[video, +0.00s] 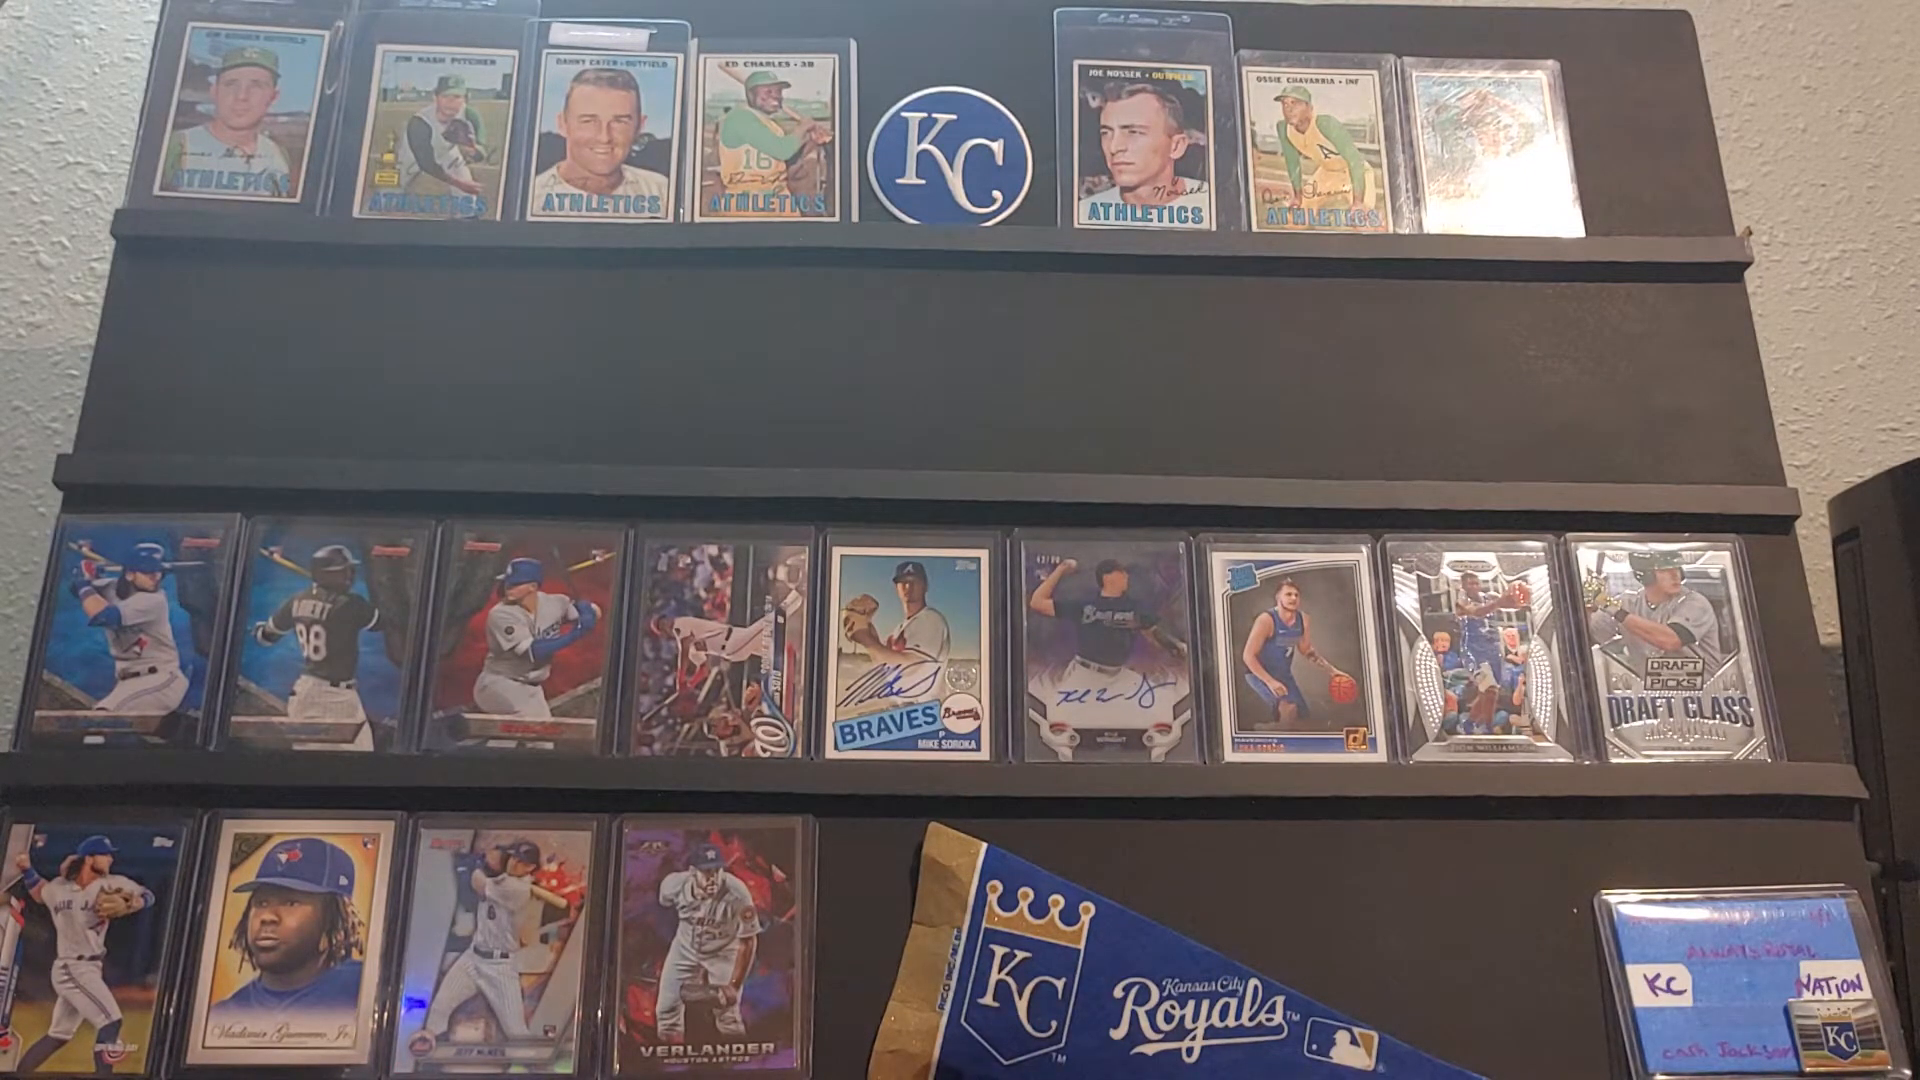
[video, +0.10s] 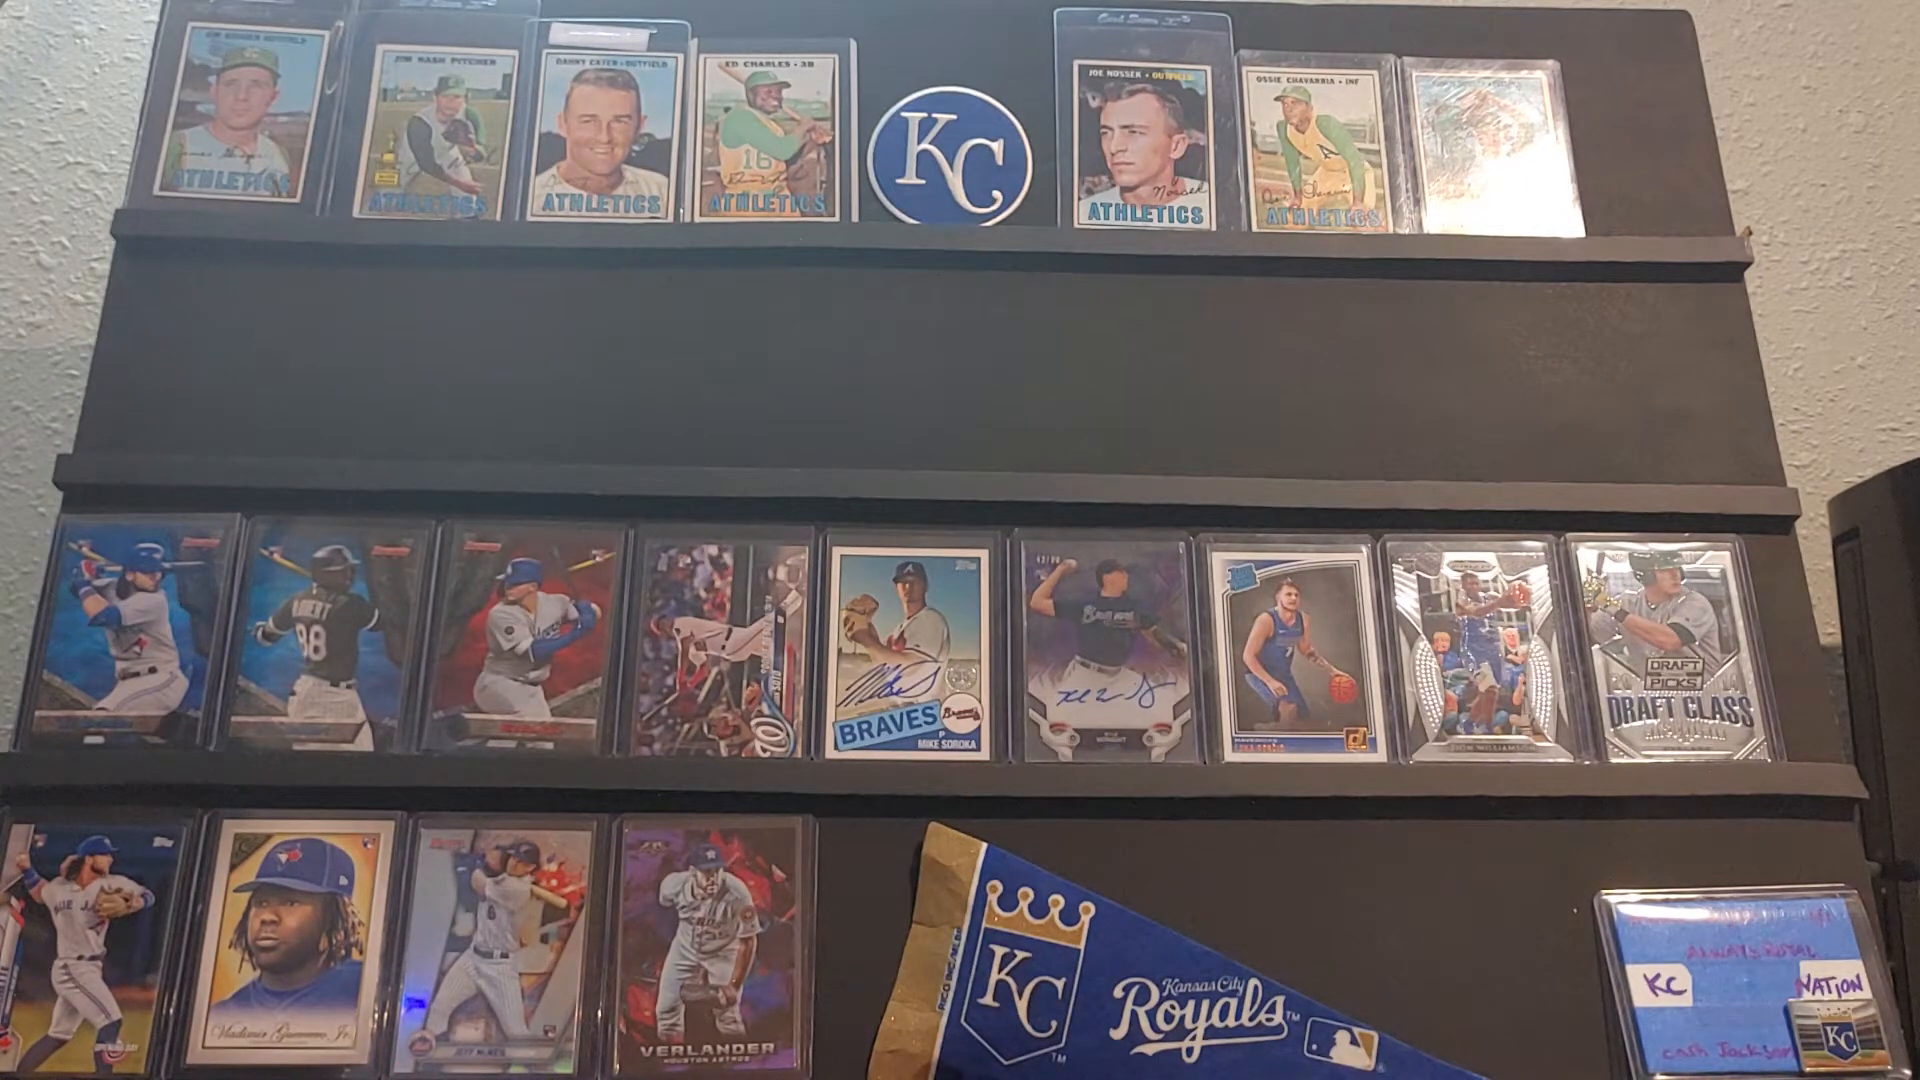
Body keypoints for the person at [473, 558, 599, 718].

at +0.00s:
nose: (508, 588)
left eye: (514, 584)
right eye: (507, 583)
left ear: (533, 586)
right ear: (504, 584)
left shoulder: (554, 603)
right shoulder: (500, 614)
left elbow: (579, 608)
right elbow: (532, 652)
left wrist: (587, 614)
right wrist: (575, 634)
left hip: (531, 687)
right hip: (496, 684)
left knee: (546, 734)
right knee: (532, 715)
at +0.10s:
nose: (508, 588)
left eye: (514, 584)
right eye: (507, 583)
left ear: (533, 586)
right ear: (504, 584)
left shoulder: (554, 603)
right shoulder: (500, 614)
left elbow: (579, 608)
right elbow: (532, 652)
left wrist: (587, 614)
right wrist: (575, 634)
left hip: (531, 687)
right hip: (496, 684)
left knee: (546, 734)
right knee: (532, 715)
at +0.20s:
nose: (508, 588)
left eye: (514, 584)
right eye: (507, 583)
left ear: (533, 586)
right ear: (504, 584)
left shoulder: (555, 603)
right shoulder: (500, 614)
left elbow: (579, 608)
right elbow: (532, 652)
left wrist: (587, 614)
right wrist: (575, 634)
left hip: (531, 687)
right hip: (496, 684)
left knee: (546, 734)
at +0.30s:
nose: (508, 588)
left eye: (514, 584)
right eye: (507, 583)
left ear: (532, 587)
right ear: (504, 584)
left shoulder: (555, 603)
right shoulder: (500, 614)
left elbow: (579, 607)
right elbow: (532, 652)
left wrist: (587, 614)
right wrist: (574, 634)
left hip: (531, 687)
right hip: (496, 684)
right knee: (531, 715)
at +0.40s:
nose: (508, 588)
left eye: (514, 584)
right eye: (507, 583)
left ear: (533, 586)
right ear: (504, 584)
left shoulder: (555, 603)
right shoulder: (500, 614)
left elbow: (579, 608)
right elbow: (532, 652)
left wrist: (587, 614)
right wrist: (575, 634)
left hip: (531, 687)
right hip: (496, 684)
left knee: (546, 734)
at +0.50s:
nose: (507, 588)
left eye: (514, 584)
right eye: (507, 584)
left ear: (533, 587)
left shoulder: (556, 603)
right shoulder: (500, 614)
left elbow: (581, 607)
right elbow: (532, 651)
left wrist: (587, 614)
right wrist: (575, 634)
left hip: (531, 687)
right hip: (497, 684)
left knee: (545, 733)